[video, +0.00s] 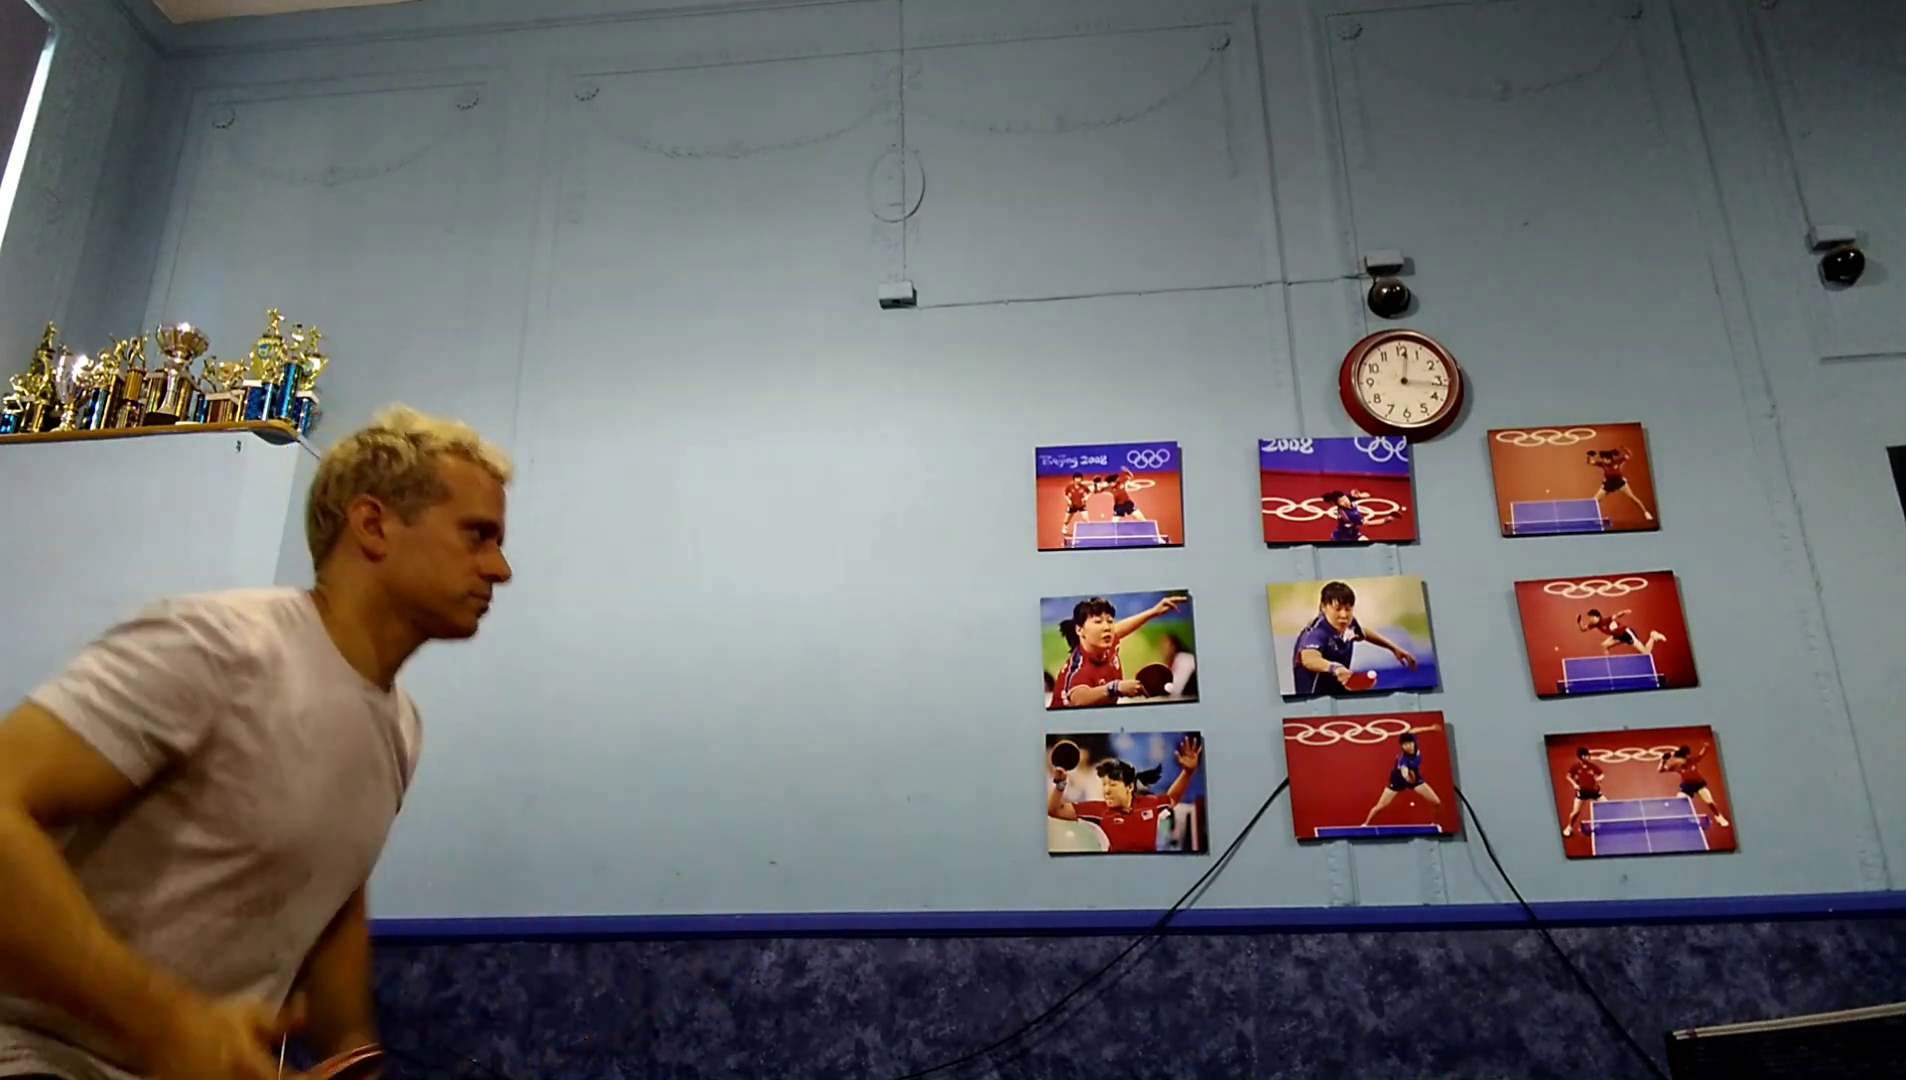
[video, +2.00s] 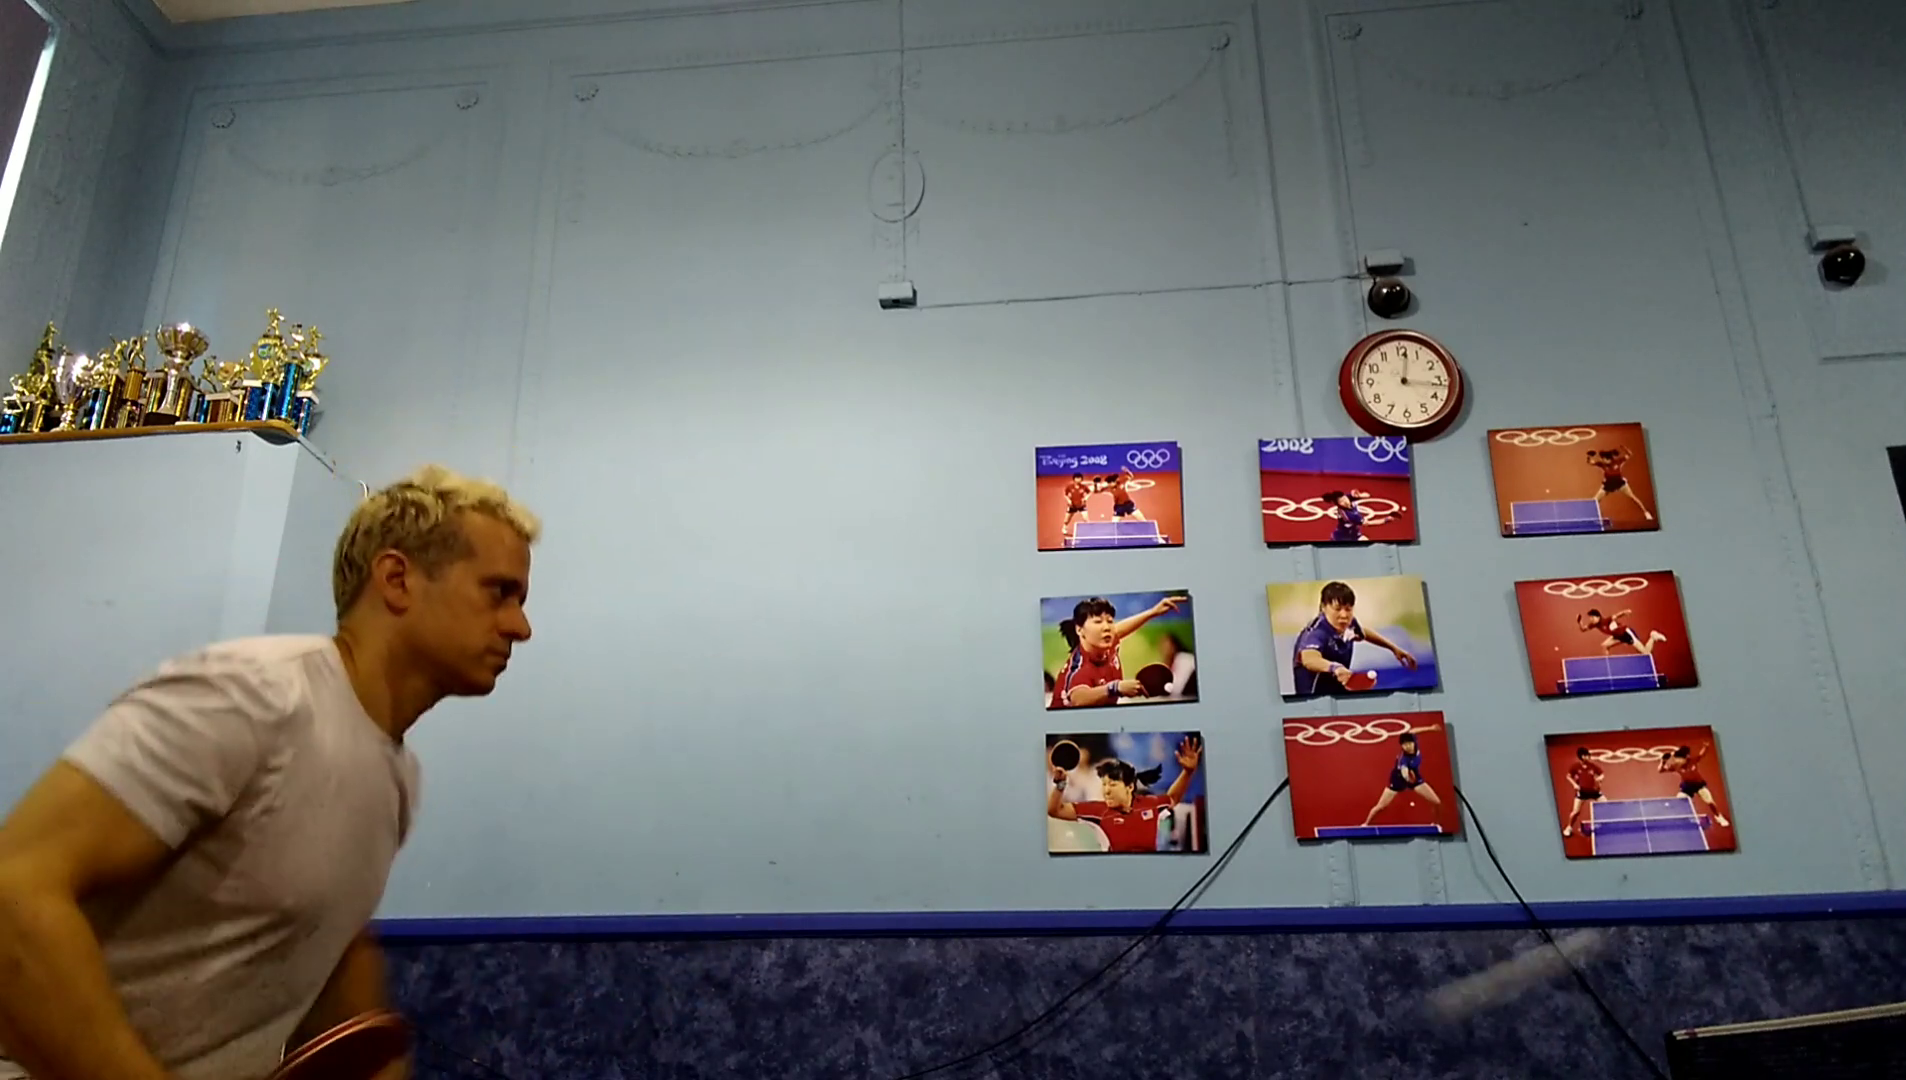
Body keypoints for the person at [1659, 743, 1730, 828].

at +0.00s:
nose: (1684, 759)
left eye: (1686, 757)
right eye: (1682, 758)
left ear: (1687, 756)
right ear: (1679, 757)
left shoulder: (1692, 760)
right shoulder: (1676, 765)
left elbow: (1701, 755)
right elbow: (1661, 770)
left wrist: (1705, 747)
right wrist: (1663, 760)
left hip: (1699, 784)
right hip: (1686, 786)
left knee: (1710, 802)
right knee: (1678, 803)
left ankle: (1718, 817)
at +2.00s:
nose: (1679, 762)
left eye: (1681, 760)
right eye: (1678, 760)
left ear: (1686, 757)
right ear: (1676, 759)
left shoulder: (1692, 760)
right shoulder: (1676, 766)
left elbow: (1701, 755)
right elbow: (1661, 771)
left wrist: (1705, 747)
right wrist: (1663, 761)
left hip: (1699, 784)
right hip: (1686, 786)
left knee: (1710, 802)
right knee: (1678, 803)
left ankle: (1718, 816)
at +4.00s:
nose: (1679, 762)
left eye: (1681, 759)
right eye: (1677, 760)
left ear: (1686, 757)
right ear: (1676, 759)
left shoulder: (1693, 761)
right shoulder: (1676, 766)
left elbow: (1701, 755)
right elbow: (1661, 770)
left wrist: (1705, 747)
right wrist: (1663, 761)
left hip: (1699, 784)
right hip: (1686, 786)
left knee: (1710, 802)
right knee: (1679, 803)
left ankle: (1718, 816)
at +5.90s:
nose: (1684, 761)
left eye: (1685, 759)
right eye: (1681, 760)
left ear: (1688, 757)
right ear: (1677, 759)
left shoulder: (1693, 761)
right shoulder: (1676, 766)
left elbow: (1701, 755)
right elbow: (1661, 770)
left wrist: (1705, 747)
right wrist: (1663, 760)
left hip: (1699, 784)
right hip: (1686, 785)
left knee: (1710, 802)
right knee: (1679, 802)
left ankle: (1718, 816)